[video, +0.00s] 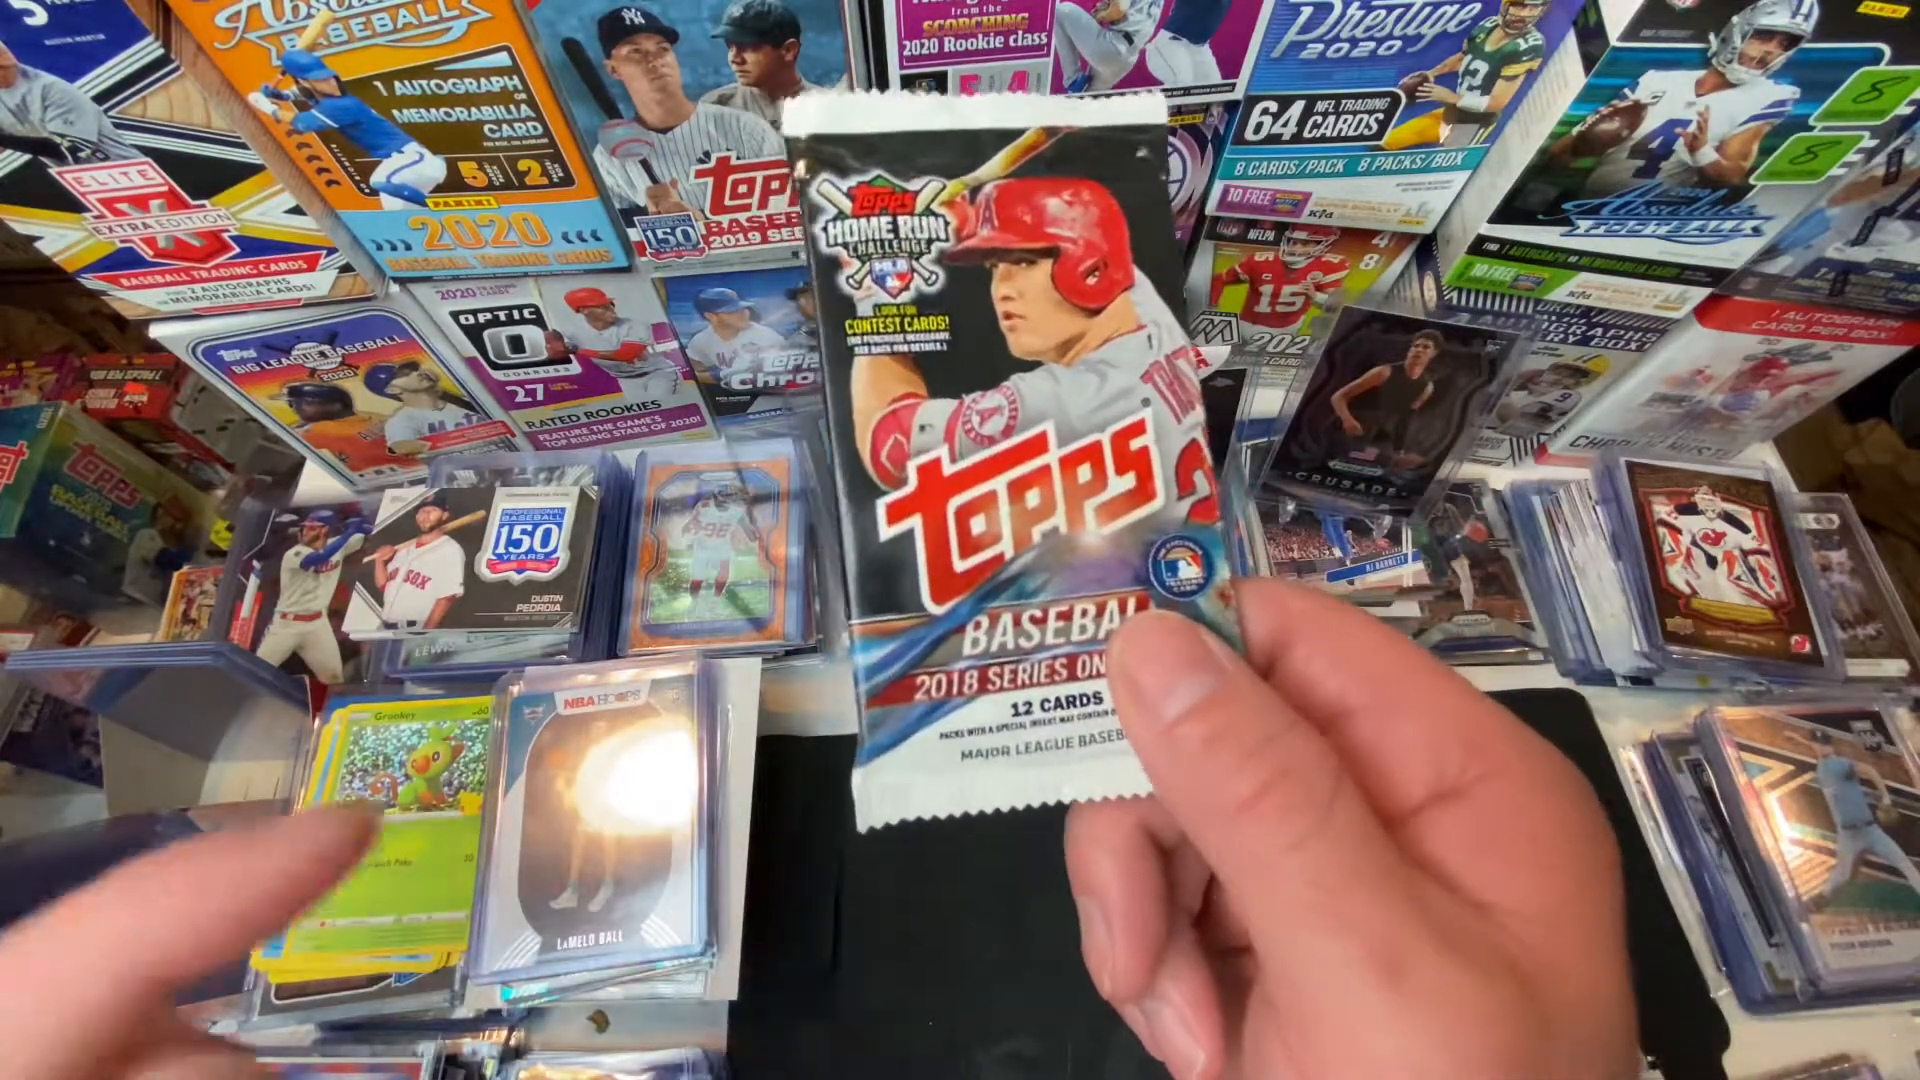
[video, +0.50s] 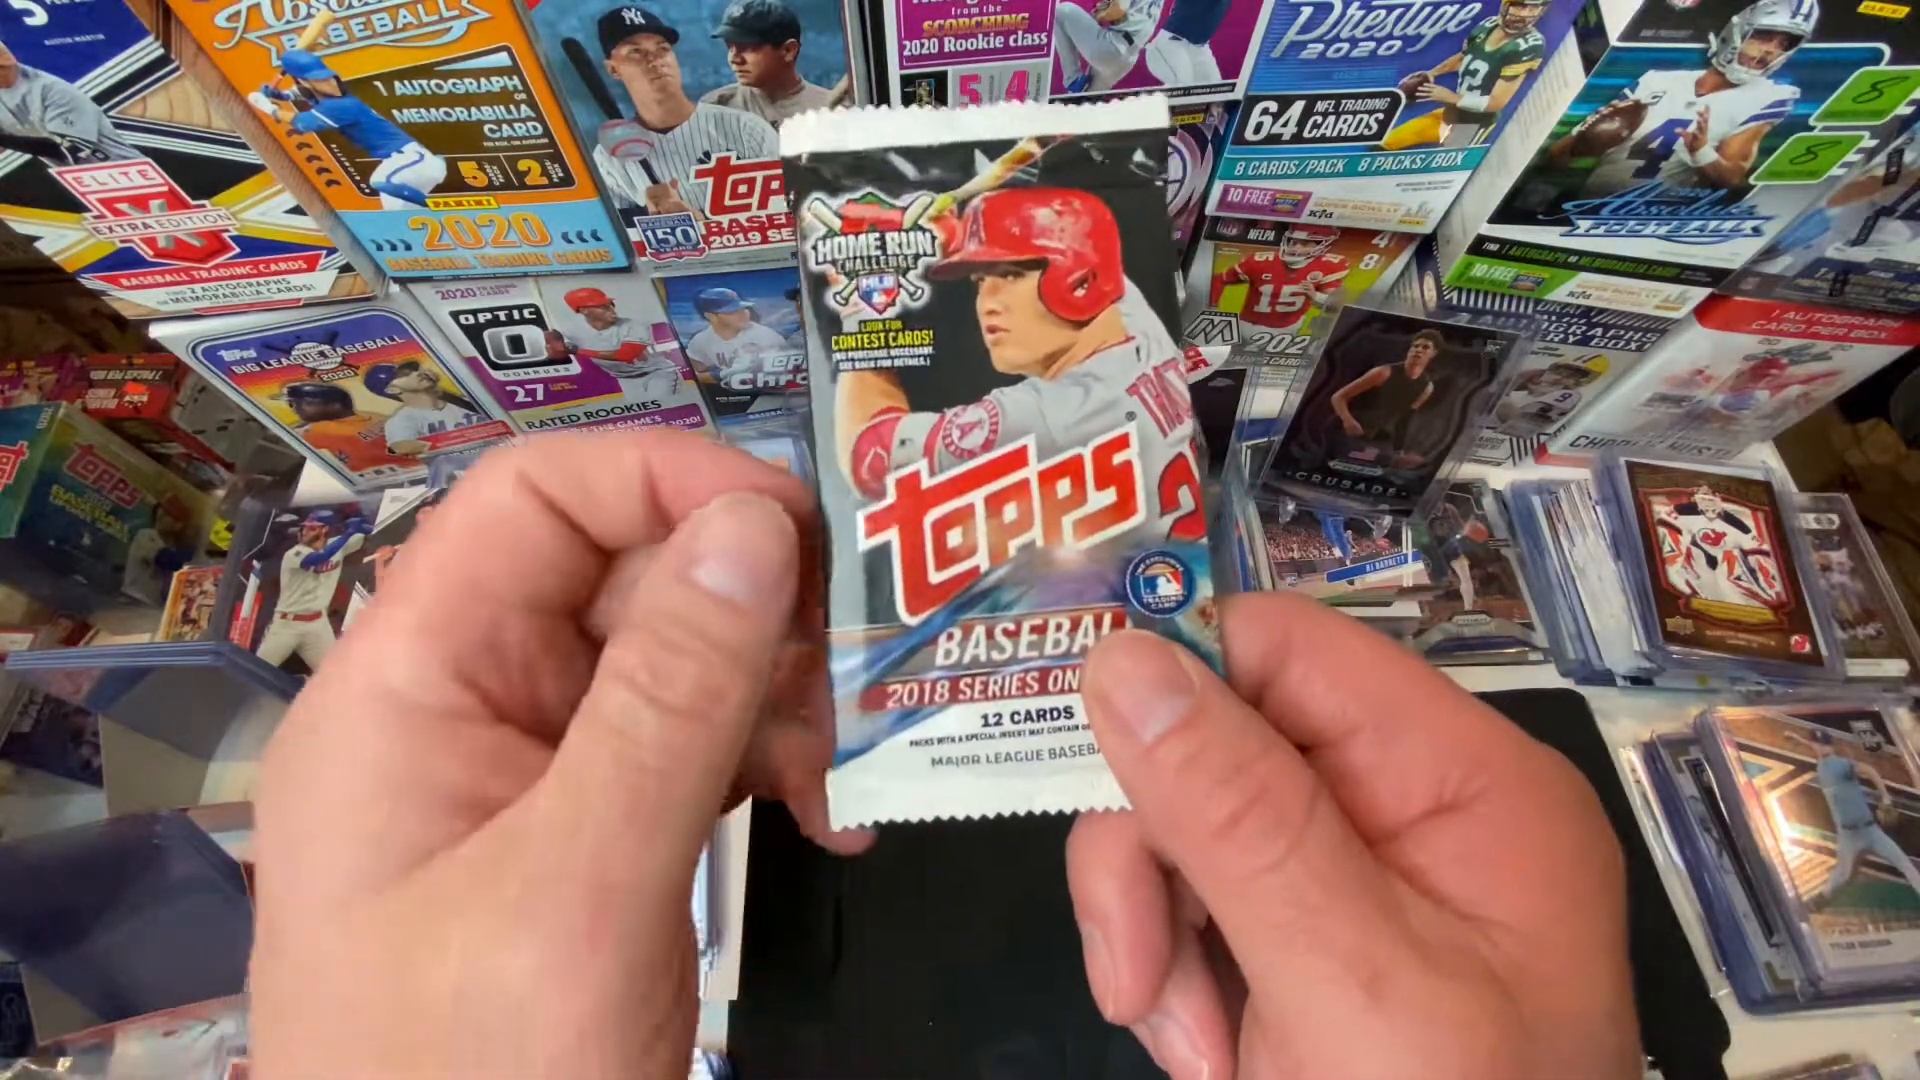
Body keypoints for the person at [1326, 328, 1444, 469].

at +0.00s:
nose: (1419, 350)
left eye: (1426, 347)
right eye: (1416, 346)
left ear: (1434, 355)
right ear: (1410, 349)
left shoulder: (1426, 389)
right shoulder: (1384, 373)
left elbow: (1405, 417)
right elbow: (1338, 397)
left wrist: (1400, 452)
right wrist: (1347, 420)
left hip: (1385, 440)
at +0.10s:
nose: (1419, 350)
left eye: (1426, 347)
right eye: (1416, 346)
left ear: (1433, 354)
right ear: (1410, 349)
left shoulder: (1426, 389)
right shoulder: (1384, 373)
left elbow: (1405, 417)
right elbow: (1338, 397)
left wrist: (1400, 452)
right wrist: (1348, 420)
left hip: (1385, 441)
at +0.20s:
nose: (1419, 350)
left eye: (1426, 347)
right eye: (1416, 346)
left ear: (1433, 355)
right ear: (1410, 349)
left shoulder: (1426, 389)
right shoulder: (1384, 373)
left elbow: (1405, 417)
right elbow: (1338, 397)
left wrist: (1400, 452)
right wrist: (1347, 420)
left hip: (1385, 440)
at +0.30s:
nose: (1419, 350)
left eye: (1426, 347)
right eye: (1416, 346)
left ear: (1434, 354)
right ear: (1409, 349)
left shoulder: (1426, 389)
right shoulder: (1384, 373)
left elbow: (1405, 417)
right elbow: (1338, 397)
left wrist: (1400, 451)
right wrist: (1348, 420)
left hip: (1382, 440)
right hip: (1354, 433)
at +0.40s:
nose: (1419, 350)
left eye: (1426, 347)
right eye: (1416, 346)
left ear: (1434, 354)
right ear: (1409, 349)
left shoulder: (1426, 389)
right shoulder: (1384, 373)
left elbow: (1405, 417)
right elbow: (1338, 397)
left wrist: (1400, 451)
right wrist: (1348, 420)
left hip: (1382, 440)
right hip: (1354, 433)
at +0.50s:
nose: (1419, 350)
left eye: (1426, 347)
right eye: (1416, 346)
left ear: (1434, 354)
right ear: (1410, 349)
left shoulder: (1426, 389)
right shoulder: (1384, 373)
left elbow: (1405, 417)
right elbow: (1338, 397)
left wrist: (1400, 452)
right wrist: (1348, 420)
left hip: (1381, 438)